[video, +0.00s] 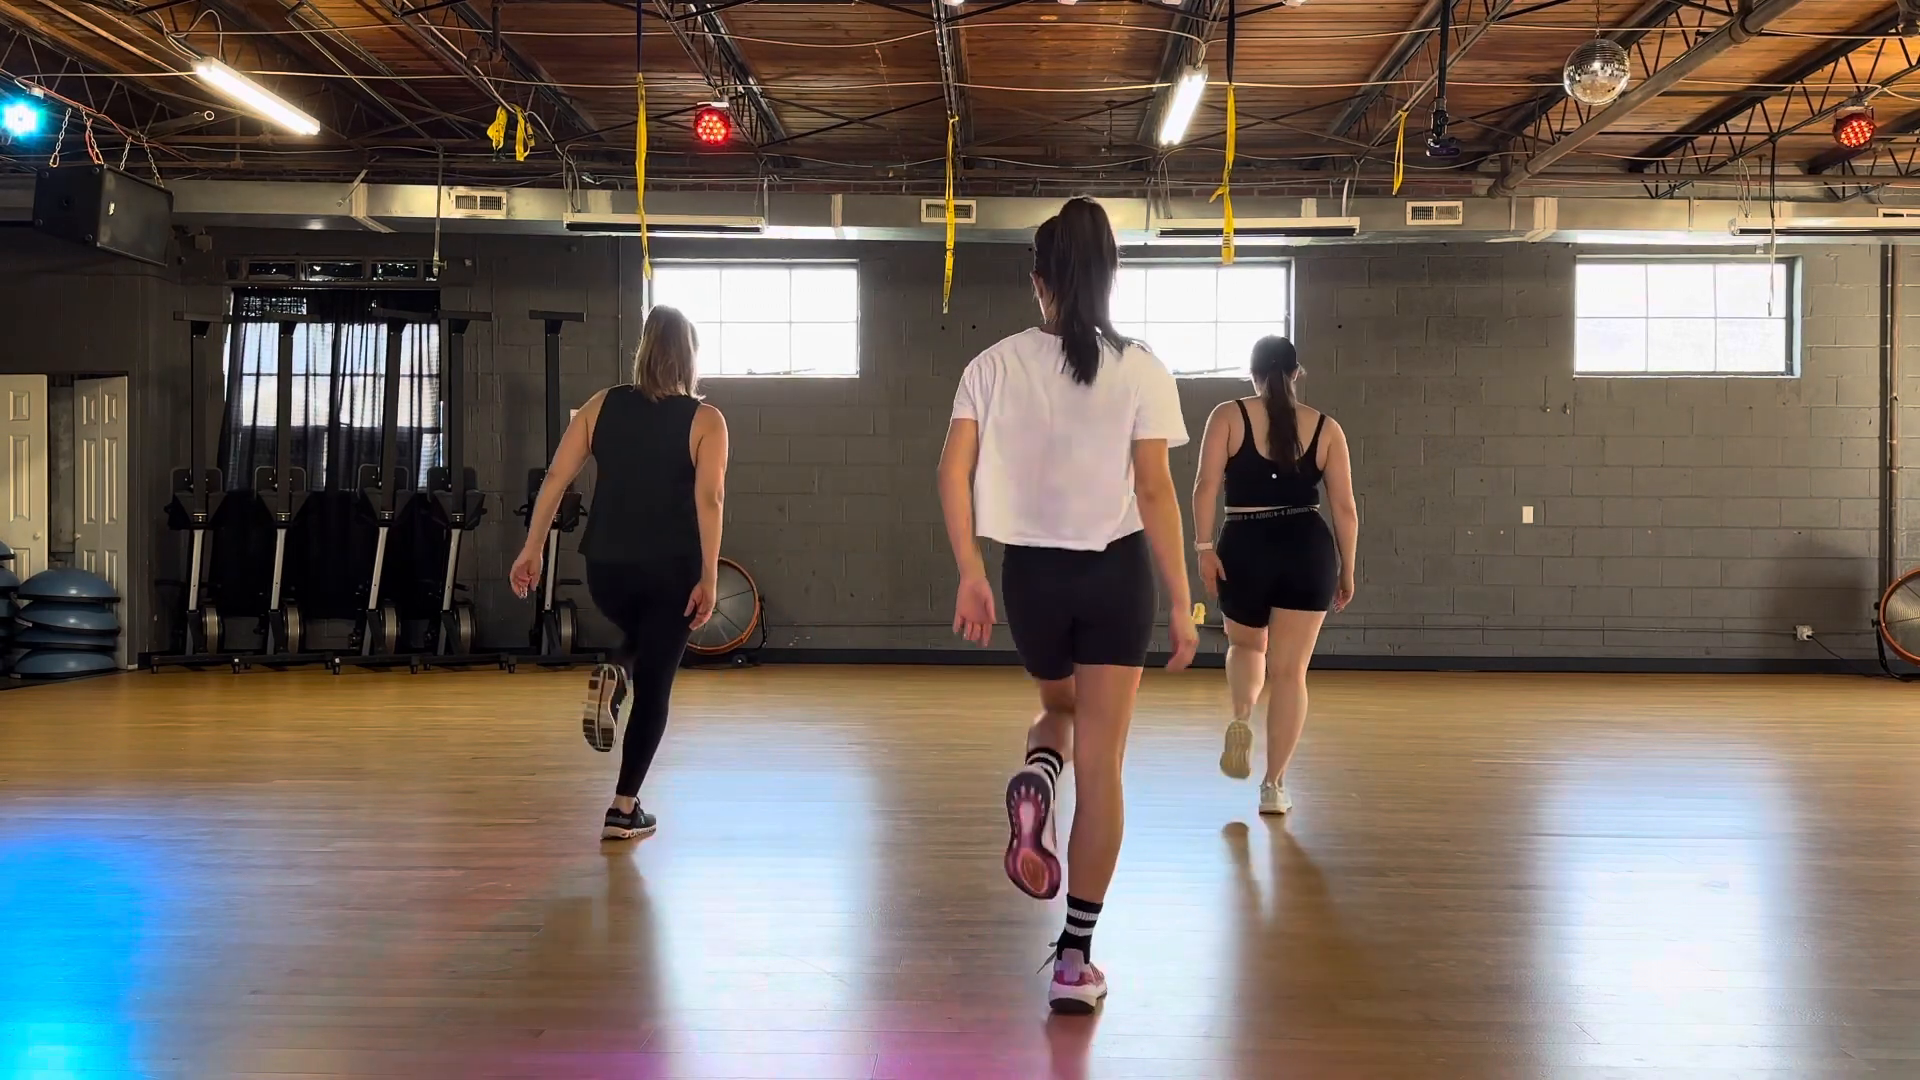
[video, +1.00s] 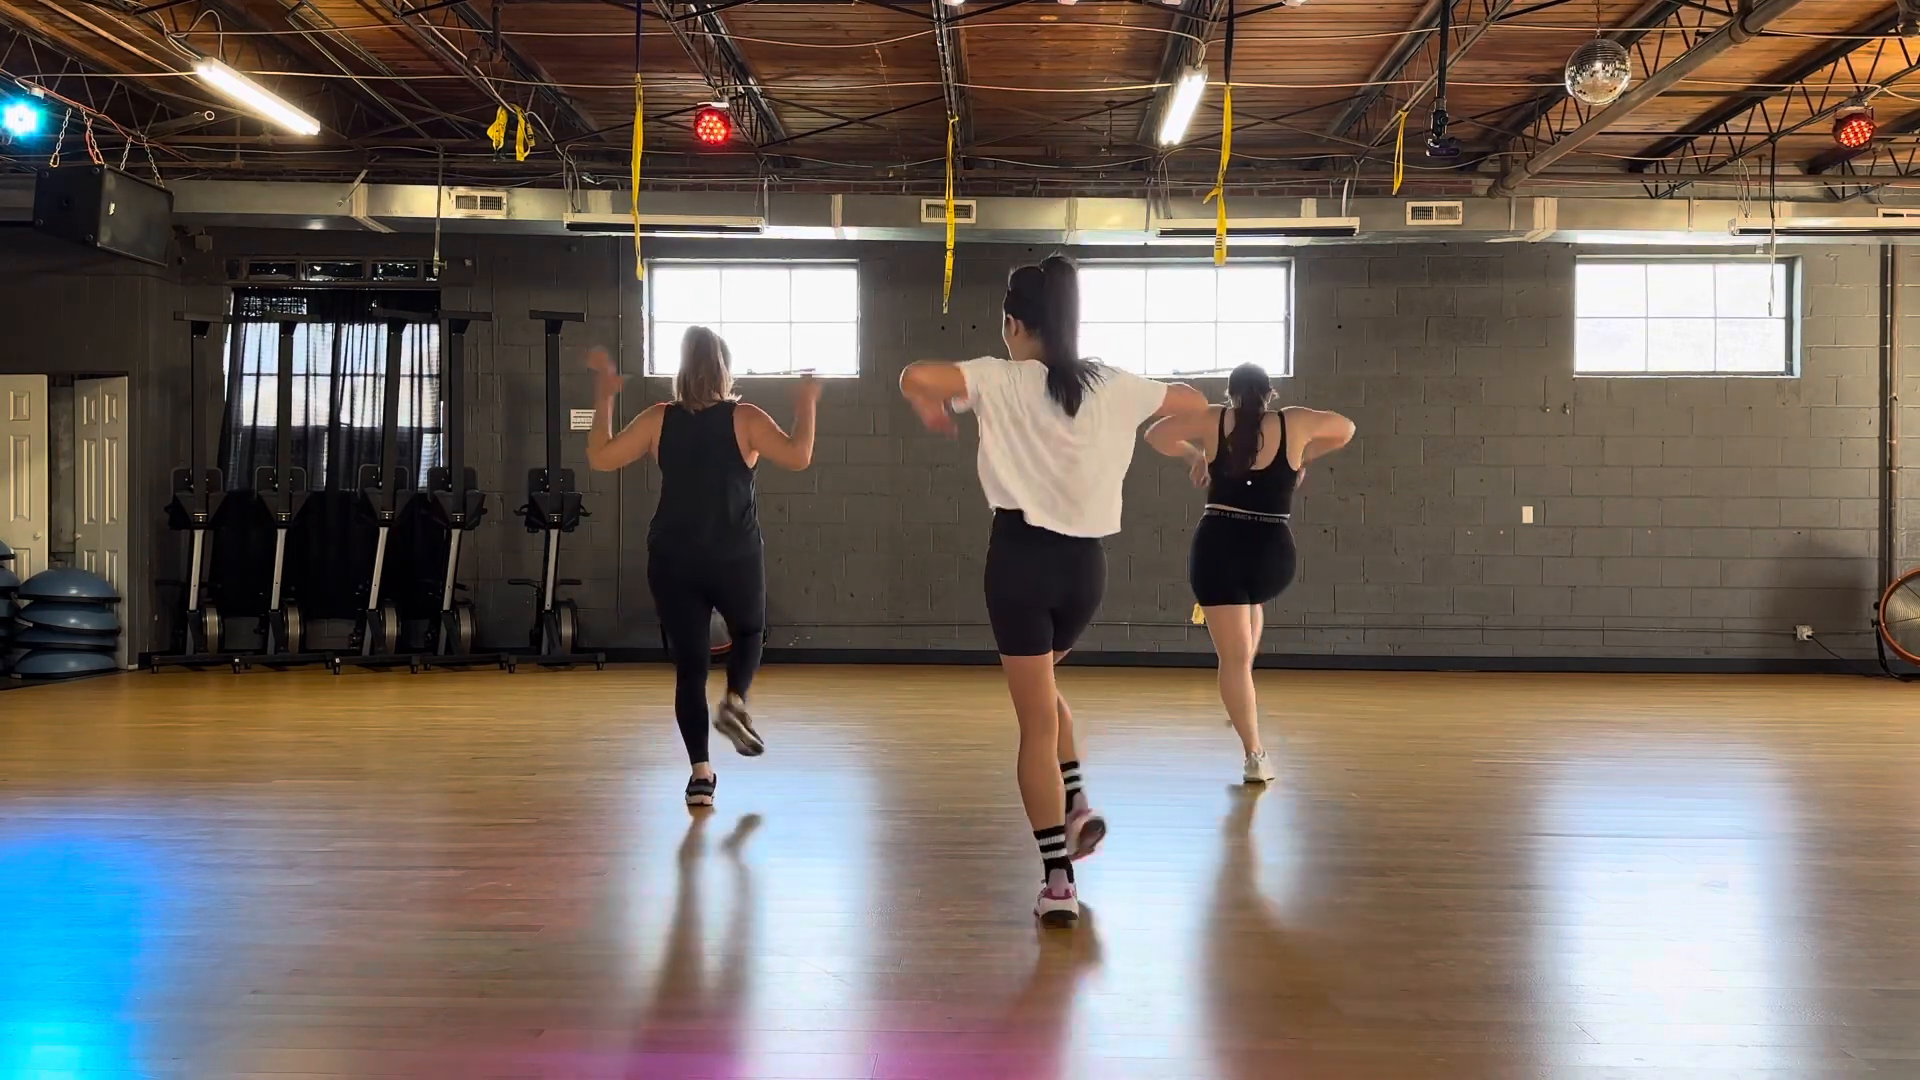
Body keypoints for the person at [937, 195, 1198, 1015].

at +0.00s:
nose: (1037, 283)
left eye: (1037, 271)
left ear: (1038, 277)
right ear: (1109, 274)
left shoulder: (993, 365)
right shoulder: (1140, 368)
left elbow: (953, 468)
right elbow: (1152, 488)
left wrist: (970, 569)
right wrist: (1179, 597)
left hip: (1025, 573)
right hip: (1115, 573)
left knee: (1058, 705)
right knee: (1098, 767)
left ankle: (1035, 784)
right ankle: (1074, 957)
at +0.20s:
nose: (1022, 293)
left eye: (1022, 282)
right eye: (1027, 282)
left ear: (1029, 284)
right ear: (1097, 278)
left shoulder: (999, 372)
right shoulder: (1147, 368)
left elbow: (987, 479)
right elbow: (1176, 477)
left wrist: (978, 584)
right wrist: (1200, 571)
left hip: (1026, 570)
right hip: (1109, 571)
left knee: (1046, 709)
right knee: (1093, 754)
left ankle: (1052, 856)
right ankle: (1072, 943)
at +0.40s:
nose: (1015, 320)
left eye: (1017, 309)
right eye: (1020, 308)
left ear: (1026, 315)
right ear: (1084, 311)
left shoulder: (1003, 402)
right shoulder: (1136, 395)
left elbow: (1010, 518)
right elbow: (1170, 503)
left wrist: (992, 619)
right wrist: (1198, 590)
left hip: (1030, 597)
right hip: (1108, 595)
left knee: (1038, 755)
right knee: (1095, 760)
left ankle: (1051, 884)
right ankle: (1076, 945)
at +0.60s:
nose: (1011, 320)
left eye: (1013, 309)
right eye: (1016, 309)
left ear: (1024, 314)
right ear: (1078, 309)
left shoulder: (1007, 399)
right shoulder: (1127, 391)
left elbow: (1009, 512)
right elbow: (1153, 497)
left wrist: (938, 579)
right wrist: (1173, 578)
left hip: (1019, 580)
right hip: (1094, 580)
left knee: (1034, 742)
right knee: (1085, 739)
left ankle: (1057, 886)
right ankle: (1094, 890)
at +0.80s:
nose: (1010, 333)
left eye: (1012, 322)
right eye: (1013, 322)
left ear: (1023, 328)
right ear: (1071, 321)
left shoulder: (1009, 407)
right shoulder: (1121, 393)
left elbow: (939, 491)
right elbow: (1179, 465)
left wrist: (890, 420)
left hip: (1009, 576)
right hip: (1081, 580)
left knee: (1030, 734)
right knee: (1072, 724)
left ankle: (1058, 884)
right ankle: (1119, 778)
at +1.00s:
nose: (1004, 332)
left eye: (1007, 322)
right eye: (1005, 322)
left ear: (1021, 324)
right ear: (1068, 321)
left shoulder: (997, 376)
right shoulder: (1115, 384)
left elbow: (914, 376)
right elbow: (1199, 405)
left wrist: (940, 413)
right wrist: (1161, 435)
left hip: (1018, 564)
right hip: (1086, 569)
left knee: (1037, 724)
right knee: (1043, 680)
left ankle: (1057, 877)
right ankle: (1077, 807)